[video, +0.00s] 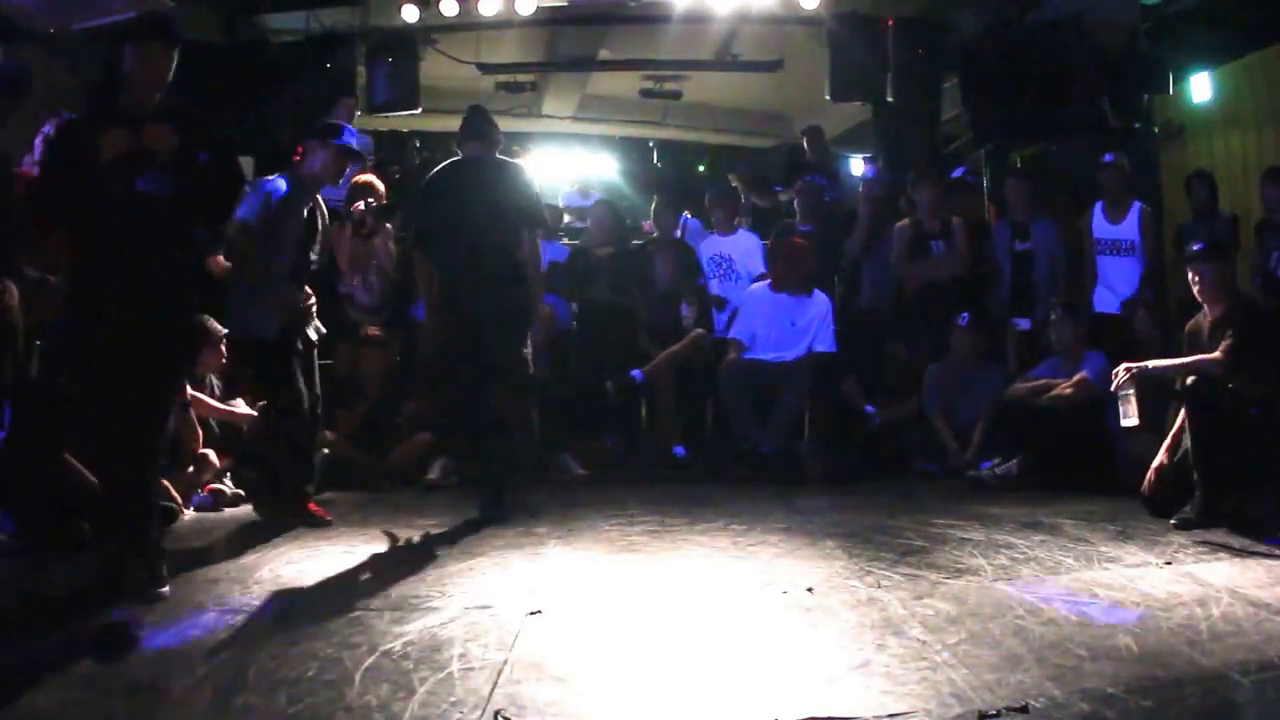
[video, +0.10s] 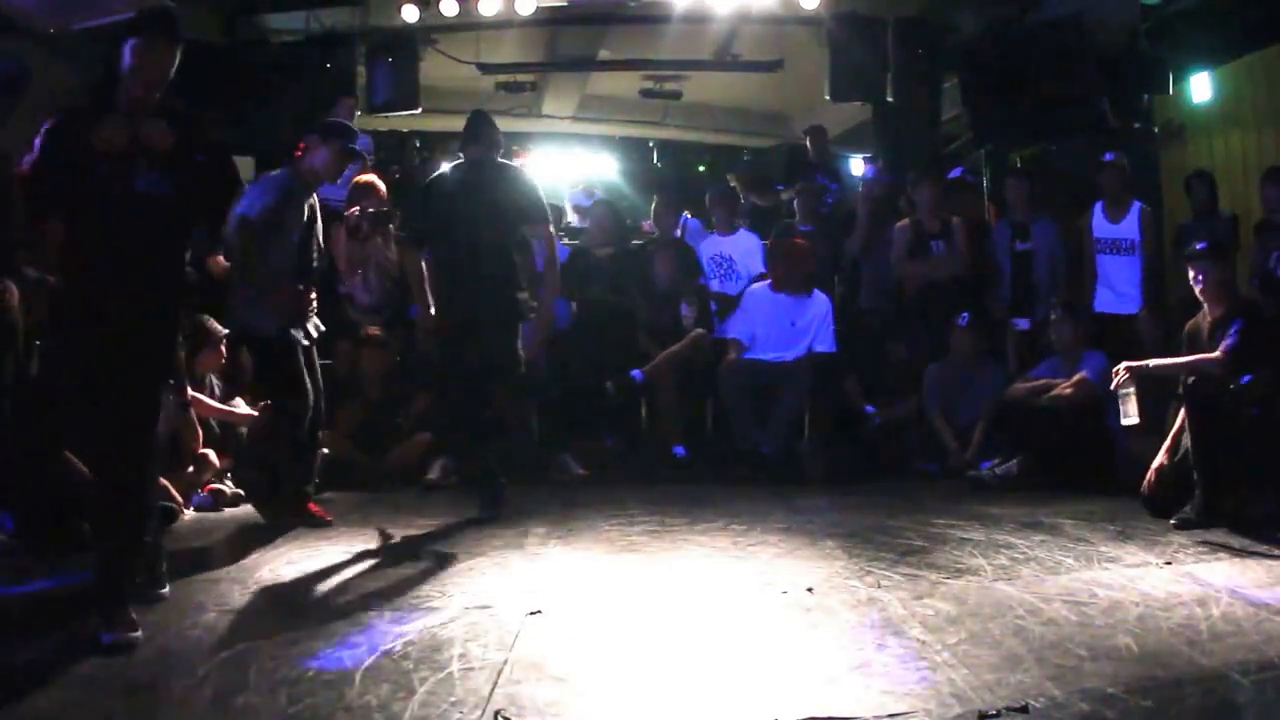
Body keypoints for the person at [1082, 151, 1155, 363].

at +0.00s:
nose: (1109, 180)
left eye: (1114, 174)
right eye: (1105, 174)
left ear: (1124, 177)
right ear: (1100, 178)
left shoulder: (1142, 214)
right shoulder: (1092, 215)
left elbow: (1149, 260)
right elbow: (1089, 259)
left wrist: (1139, 297)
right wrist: (1088, 295)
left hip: (1134, 302)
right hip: (1103, 302)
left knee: (1135, 362)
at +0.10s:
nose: (1109, 180)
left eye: (1114, 174)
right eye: (1105, 174)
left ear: (1125, 178)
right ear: (1100, 178)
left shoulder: (1142, 214)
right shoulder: (1093, 214)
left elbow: (1149, 260)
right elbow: (1089, 259)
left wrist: (1146, 302)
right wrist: (1089, 297)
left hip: (1134, 305)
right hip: (1103, 305)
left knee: (1137, 366)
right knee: (1105, 366)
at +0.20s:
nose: (1110, 180)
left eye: (1116, 174)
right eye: (1106, 174)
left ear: (1125, 178)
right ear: (1101, 178)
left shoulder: (1141, 214)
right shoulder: (1093, 214)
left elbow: (1150, 259)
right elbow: (1089, 258)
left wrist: (1151, 300)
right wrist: (1090, 296)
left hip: (1134, 305)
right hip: (1103, 306)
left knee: (1138, 366)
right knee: (1106, 366)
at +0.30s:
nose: (1109, 180)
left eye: (1114, 174)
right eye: (1105, 174)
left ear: (1125, 178)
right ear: (1100, 178)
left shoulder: (1141, 214)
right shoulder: (1093, 214)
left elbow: (1152, 257)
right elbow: (1089, 258)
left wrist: (1153, 299)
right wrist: (1090, 296)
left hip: (1135, 304)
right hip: (1104, 305)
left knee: (1138, 365)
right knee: (1107, 365)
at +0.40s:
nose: (1107, 179)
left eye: (1112, 173)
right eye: (1104, 173)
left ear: (1124, 177)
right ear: (1099, 177)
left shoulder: (1142, 214)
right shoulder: (1092, 215)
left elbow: (1152, 258)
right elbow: (1087, 258)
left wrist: (1154, 298)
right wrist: (1087, 296)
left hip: (1134, 305)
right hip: (1103, 306)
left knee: (1137, 366)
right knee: (1105, 365)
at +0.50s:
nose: (1107, 180)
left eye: (1112, 174)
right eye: (1103, 174)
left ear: (1124, 178)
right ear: (1098, 178)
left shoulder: (1141, 214)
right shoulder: (1091, 216)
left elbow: (1152, 257)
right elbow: (1087, 259)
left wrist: (1154, 298)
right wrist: (1086, 296)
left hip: (1134, 305)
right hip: (1102, 306)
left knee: (1137, 365)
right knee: (1104, 365)